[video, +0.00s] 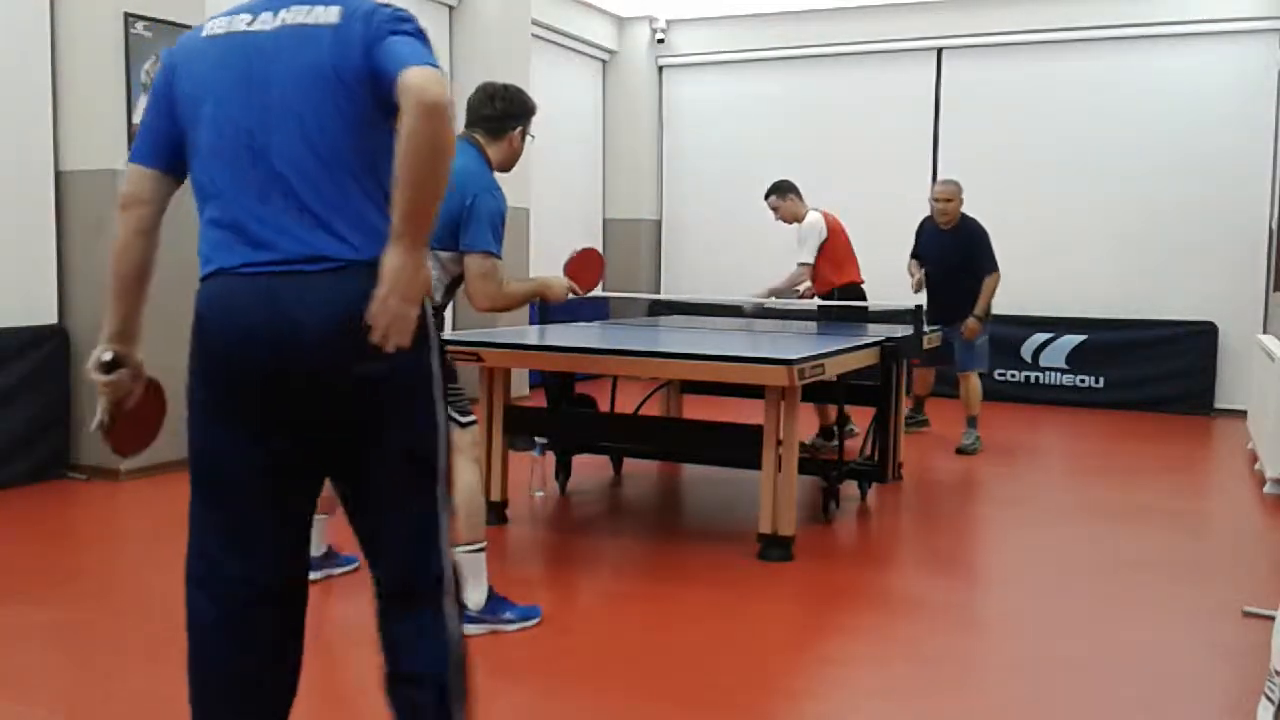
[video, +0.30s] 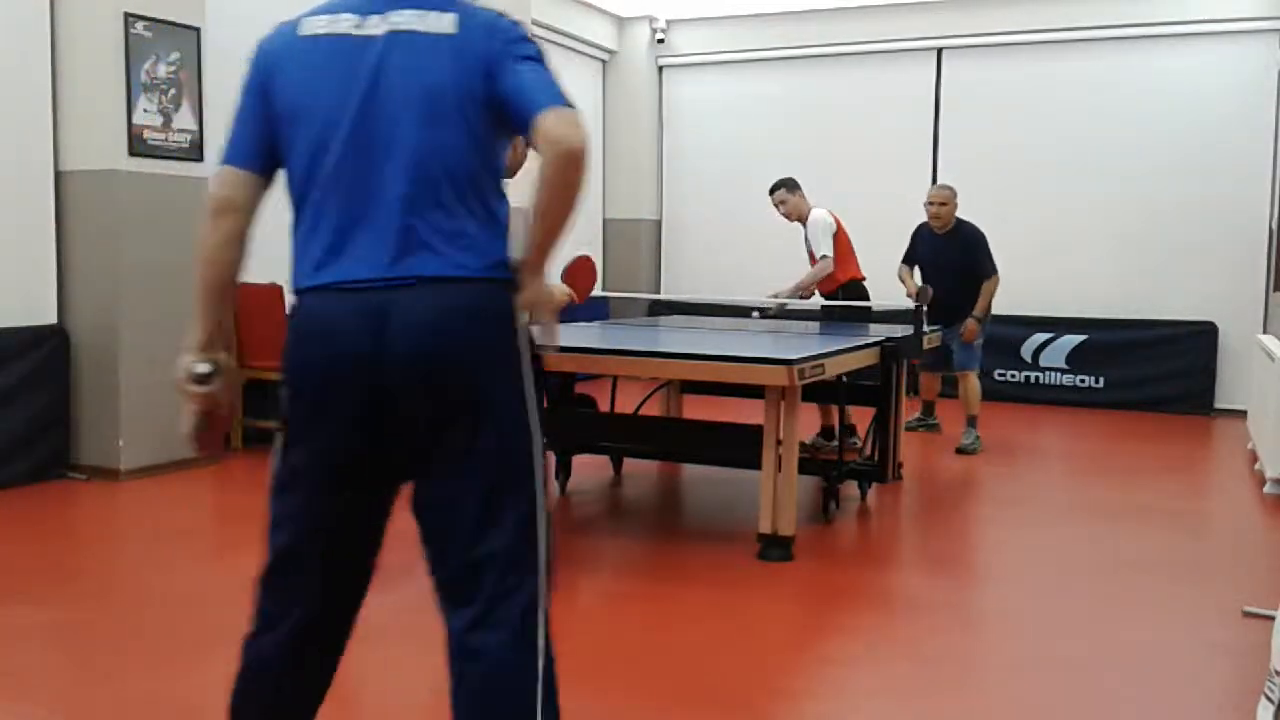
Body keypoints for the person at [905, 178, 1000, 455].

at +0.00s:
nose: (942, 207)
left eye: (948, 201)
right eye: (937, 201)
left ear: (960, 202)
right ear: (931, 202)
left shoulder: (974, 231)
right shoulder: (927, 226)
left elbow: (992, 275)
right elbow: (915, 258)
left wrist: (978, 316)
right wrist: (916, 273)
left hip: (967, 315)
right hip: (935, 313)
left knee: (967, 372)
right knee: (923, 363)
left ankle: (971, 430)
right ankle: (917, 412)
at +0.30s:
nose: (935, 210)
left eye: (942, 205)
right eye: (931, 204)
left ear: (955, 207)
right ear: (925, 206)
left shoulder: (971, 235)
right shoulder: (922, 232)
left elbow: (991, 279)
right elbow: (905, 267)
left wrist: (976, 318)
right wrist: (911, 286)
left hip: (966, 316)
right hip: (934, 316)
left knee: (966, 371)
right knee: (928, 367)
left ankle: (971, 430)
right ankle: (927, 415)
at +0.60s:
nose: (929, 212)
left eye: (936, 206)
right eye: (925, 206)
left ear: (950, 208)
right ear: (920, 208)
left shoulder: (967, 235)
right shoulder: (922, 236)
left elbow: (987, 278)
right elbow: (911, 268)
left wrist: (973, 317)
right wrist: (907, 287)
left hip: (969, 317)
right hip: (937, 315)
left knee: (969, 371)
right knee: (929, 366)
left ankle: (972, 430)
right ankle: (927, 415)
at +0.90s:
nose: (931, 218)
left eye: (938, 212)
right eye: (927, 212)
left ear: (952, 213)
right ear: (921, 213)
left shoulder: (969, 239)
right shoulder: (921, 237)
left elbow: (992, 280)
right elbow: (902, 268)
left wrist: (975, 320)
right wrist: (907, 286)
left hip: (970, 318)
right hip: (937, 316)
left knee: (970, 371)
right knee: (928, 366)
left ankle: (972, 431)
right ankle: (927, 415)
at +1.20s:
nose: (928, 229)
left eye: (935, 223)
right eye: (924, 223)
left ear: (949, 223)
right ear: (919, 222)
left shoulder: (967, 246)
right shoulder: (918, 247)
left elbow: (996, 284)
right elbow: (911, 282)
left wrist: (977, 321)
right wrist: (909, 299)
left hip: (972, 320)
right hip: (938, 318)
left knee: (970, 372)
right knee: (927, 366)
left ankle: (971, 431)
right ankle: (927, 415)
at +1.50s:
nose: (925, 240)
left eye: (931, 234)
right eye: (921, 234)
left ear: (946, 234)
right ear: (916, 234)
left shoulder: (964, 253)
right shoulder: (916, 254)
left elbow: (1000, 288)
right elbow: (910, 289)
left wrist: (978, 322)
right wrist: (912, 310)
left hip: (975, 320)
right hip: (940, 320)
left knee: (971, 371)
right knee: (925, 364)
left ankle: (971, 431)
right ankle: (927, 416)